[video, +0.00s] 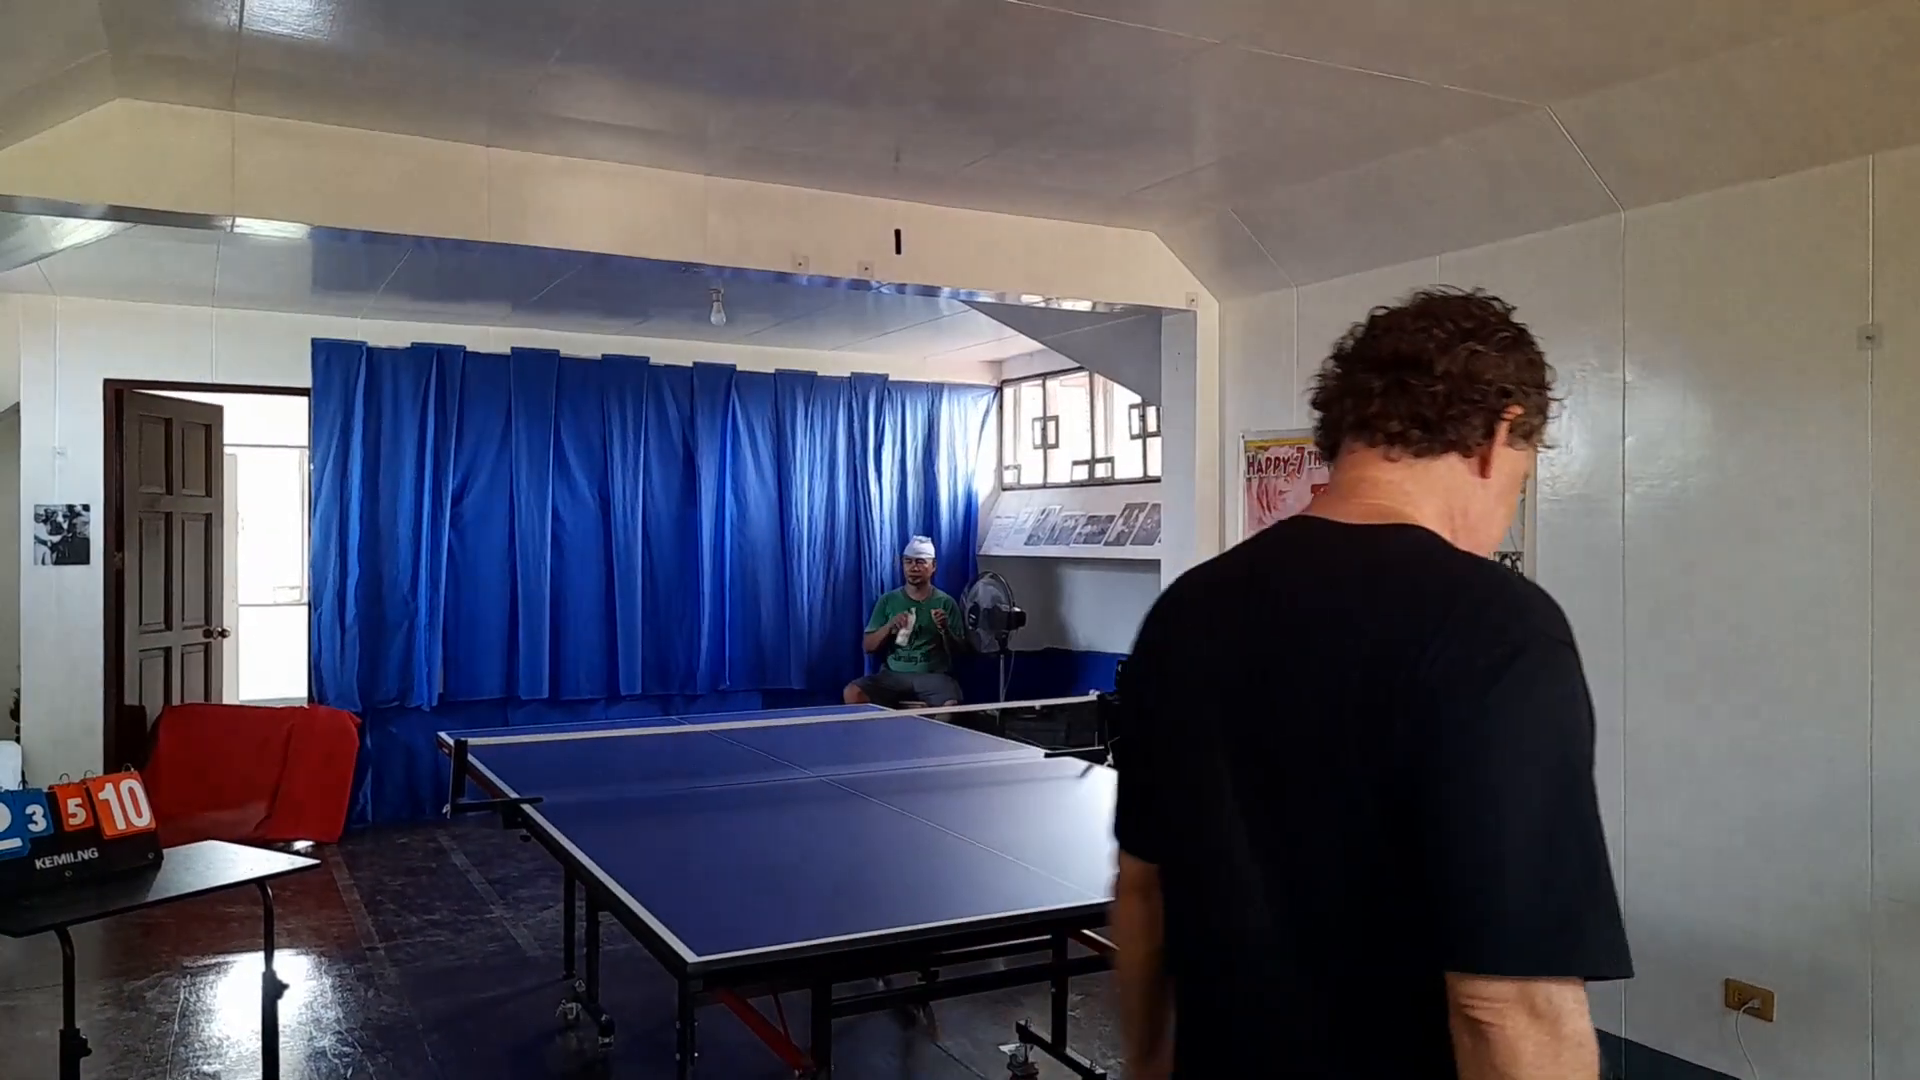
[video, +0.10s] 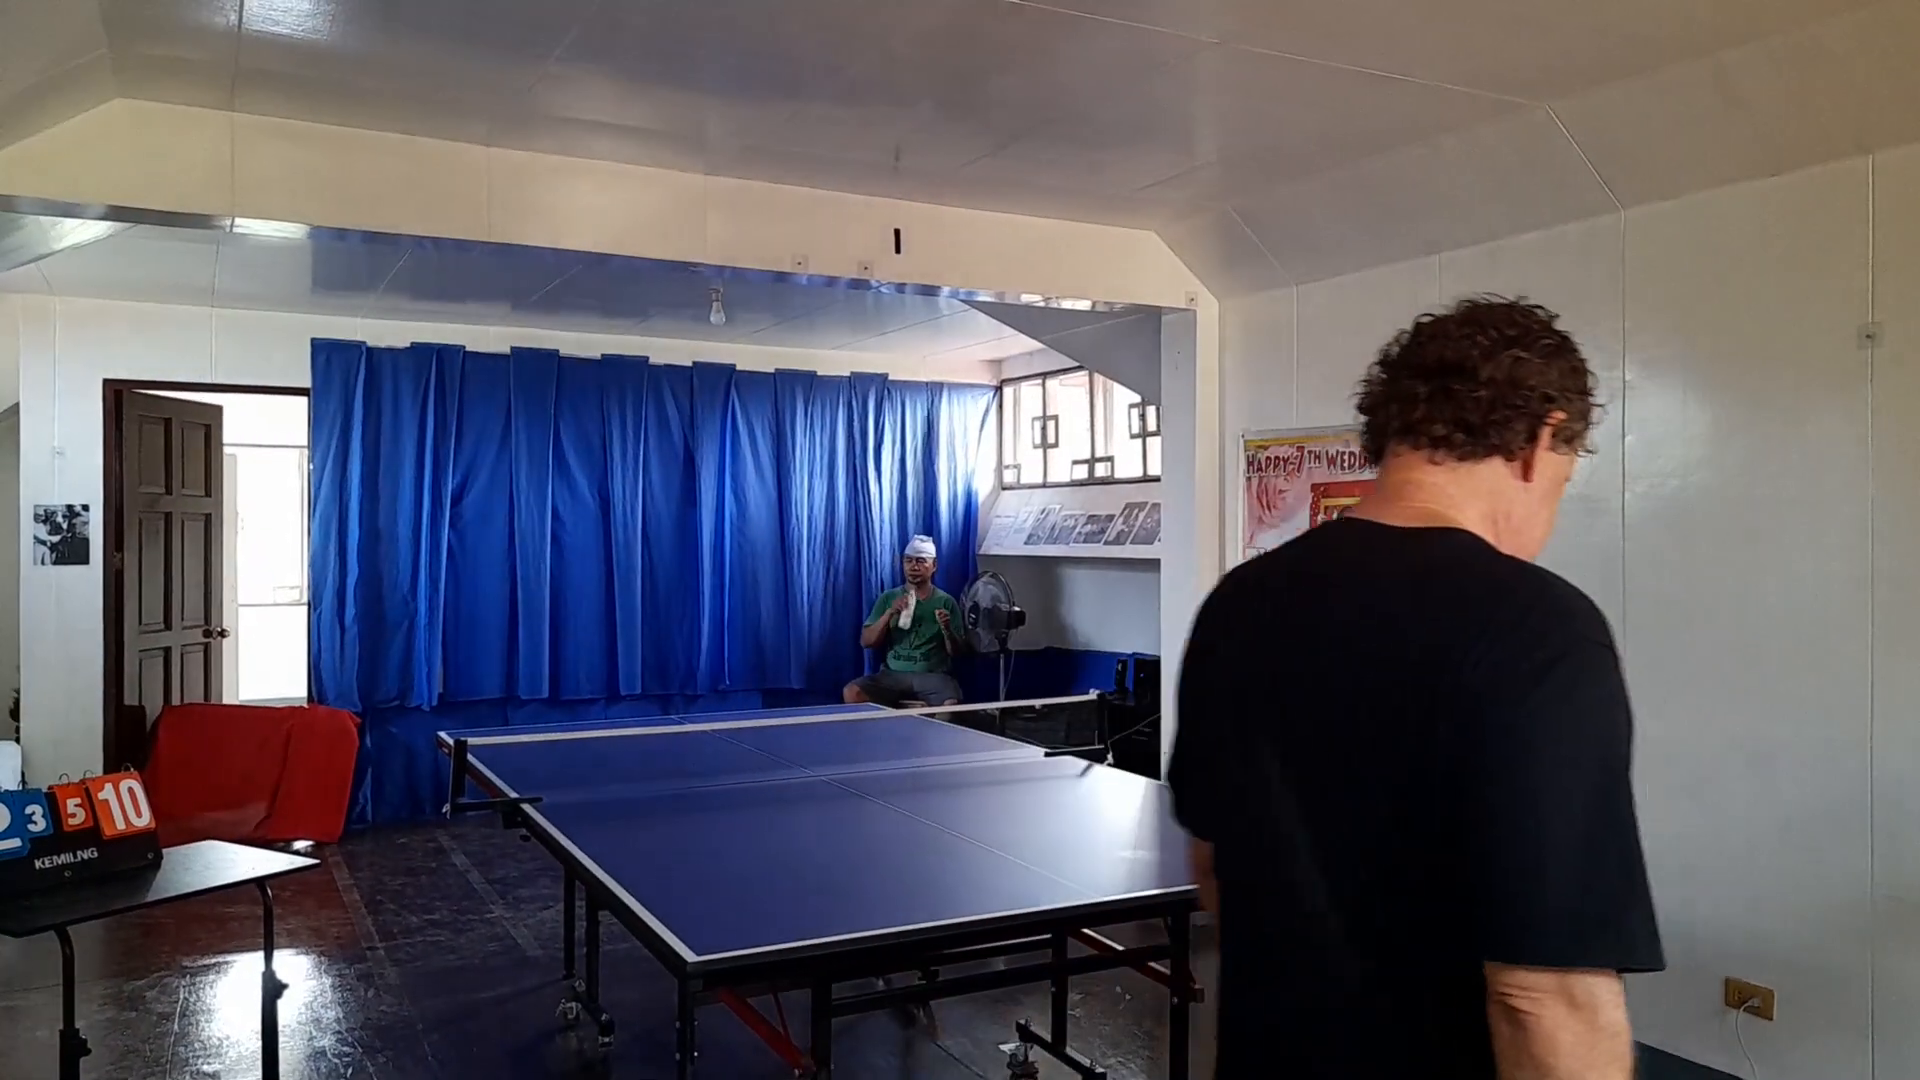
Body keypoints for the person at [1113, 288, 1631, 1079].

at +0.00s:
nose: (1506, 523)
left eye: (1523, 486)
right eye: (1521, 480)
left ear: (1345, 432)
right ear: (1498, 436)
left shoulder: (1187, 609)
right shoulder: (1492, 623)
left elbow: (1139, 885)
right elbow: (1508, 1002)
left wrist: (1146, 1055)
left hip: (1224, 1056)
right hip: (1423, 1060)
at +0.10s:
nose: (1550, 522)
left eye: (1564, 486)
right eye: (1563, 482)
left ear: (1392, 435)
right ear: (1538, 444)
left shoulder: (1241, 601)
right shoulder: (1533, 626)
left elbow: (1216, 872)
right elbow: (1545, 994)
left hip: (1266, 1052)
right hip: (1465, 1057)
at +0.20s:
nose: (1602, 529)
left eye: (1616, 495)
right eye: (1615, 490)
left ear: (1437, 449)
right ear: (1593, 452)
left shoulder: (1302, 600)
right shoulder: (1594, 636)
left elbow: (1276, 847)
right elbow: (1603, 993)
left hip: (1320, 1053)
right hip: (1520, 1059)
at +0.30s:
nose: (1670, 521)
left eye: (1682, 489)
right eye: (1682, 485)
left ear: (1505, 453)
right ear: (1657, 462)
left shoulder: (1367, 608)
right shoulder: (1670, 655)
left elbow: (1333, 847)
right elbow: (1683, 1004)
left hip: (1384, 1057)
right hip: (1585, 1062)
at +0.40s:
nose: (1743, 511)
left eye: (1754, 482)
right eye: (1755, 478)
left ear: (1580, 451)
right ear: (1733, 463)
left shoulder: (1433, 606)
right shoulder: (1749, 660)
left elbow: (1381, 848)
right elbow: (1778, 1000)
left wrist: (1483, 955)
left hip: (1459, 1062)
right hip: (1671, 1066)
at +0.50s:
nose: (1804, 502)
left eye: (1816, 478)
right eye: (1816, 474)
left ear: (1642, 446)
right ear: (1799, 461)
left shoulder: (1489, 602)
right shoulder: (1830, 652)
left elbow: (1425, 850)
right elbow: (1865, 987)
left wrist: (1461, 1001)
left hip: (1530, 1055)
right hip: (1751, 1063)